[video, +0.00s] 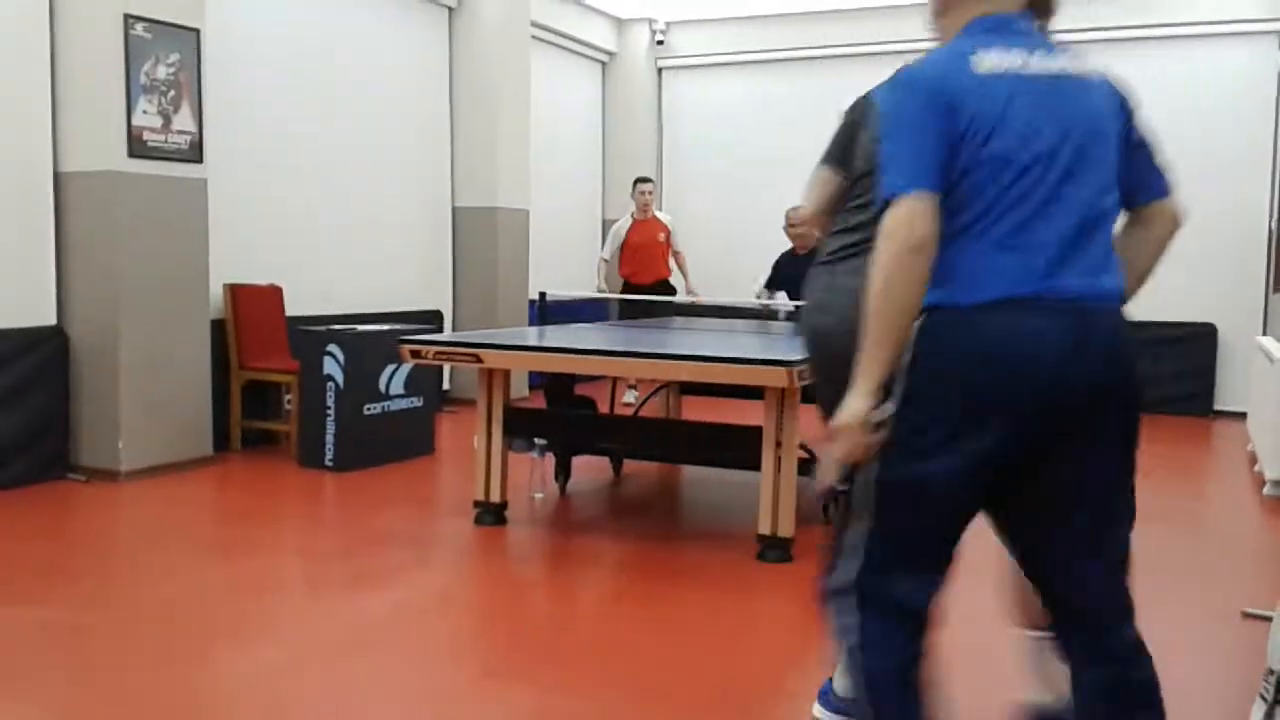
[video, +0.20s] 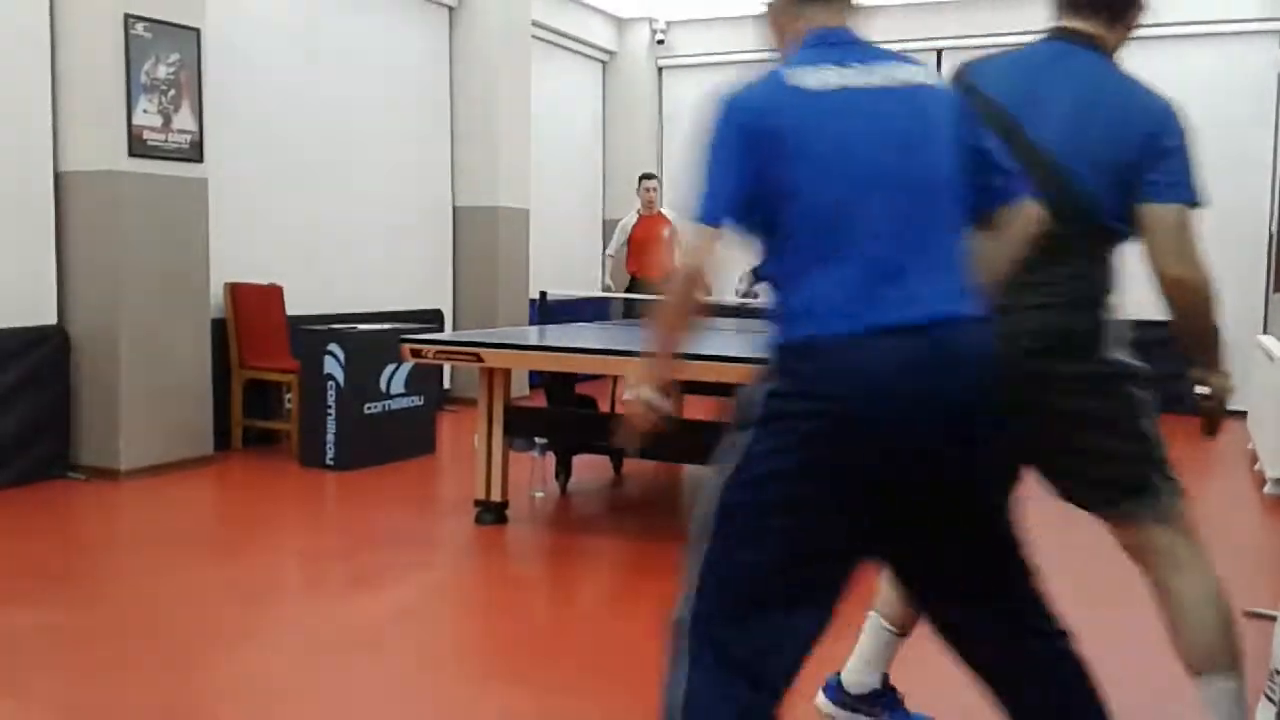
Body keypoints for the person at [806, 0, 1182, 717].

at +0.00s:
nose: (931, 12)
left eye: (933, 8)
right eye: (933, 10)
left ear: (946, 5)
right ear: (1029, 6)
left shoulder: (924, 84)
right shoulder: (1098, 89)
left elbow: (912, 231)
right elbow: (1158, 214)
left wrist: (864, 390)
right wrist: (1085, 306)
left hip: (968, 356)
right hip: (1091, 356)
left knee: (891, 588)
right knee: (1094, 605)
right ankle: (1121, 706)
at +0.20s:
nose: (1132, 25)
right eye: (1134, 18)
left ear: (1056, 9)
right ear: (1129, 18)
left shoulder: (974, 81)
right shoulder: (1142, 112)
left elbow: (926, 216)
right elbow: (1177, 272)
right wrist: (1208, 370)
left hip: (959, 349)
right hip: (1064, 360)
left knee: (941, 516)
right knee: (1163, 542)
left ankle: (858, 681)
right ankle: (1229, 708)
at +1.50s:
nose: (1005, 3)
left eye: (1009, 3)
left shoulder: (1018, 36)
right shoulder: (1151, 74)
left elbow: (992, 189)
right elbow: (1192, 235)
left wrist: (952, 334)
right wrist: (1139, 331)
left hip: (1033, 332)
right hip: (1117, 337)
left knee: (1039, 574)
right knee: (1005, 517)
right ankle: (985, 690)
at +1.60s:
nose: (974, 8)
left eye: (978, 2)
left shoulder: (985, 46)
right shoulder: (1116, 79)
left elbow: (968, 195)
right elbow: (1163, 234)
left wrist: (933, 335)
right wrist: (1138, 350)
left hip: (1011, 336)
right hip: (1095, 338)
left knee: (1025, 568)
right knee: (954, 488)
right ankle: (913, 667)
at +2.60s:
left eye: (525, 60)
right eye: (566, 67)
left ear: (514, 66)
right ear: (575, 73)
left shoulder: (463, 127)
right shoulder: (596, 149)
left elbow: (402, 239)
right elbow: (640, 275)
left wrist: (439, 302)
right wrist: (626, 309)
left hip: (466, 339)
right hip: (562, 345)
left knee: (407, 479)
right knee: (635, 473)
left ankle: (404, 650)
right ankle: (686, 642)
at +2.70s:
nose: (526, 68)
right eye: (529, 59)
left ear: (465, 51)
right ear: (525, 60)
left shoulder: (409, 106)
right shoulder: (546, 131)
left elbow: (354, 222)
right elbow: (572, 268)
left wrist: (390, 292)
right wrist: (564, 328)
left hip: (400, 311)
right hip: (498, 319)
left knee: (367, 459)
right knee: (544, 461)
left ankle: (373, 636)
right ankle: (527, 644)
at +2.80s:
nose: (483, 74)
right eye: (484, 64)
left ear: (418, 54)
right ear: (476, 63)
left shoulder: (360, 107)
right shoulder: (497, 131)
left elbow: (305, 224)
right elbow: (520, 270)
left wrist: (338, 294)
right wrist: (510, 345)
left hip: (350, 311)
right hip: (451, 321)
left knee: (296, 457)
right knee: (474, 480)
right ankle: (478, 667)